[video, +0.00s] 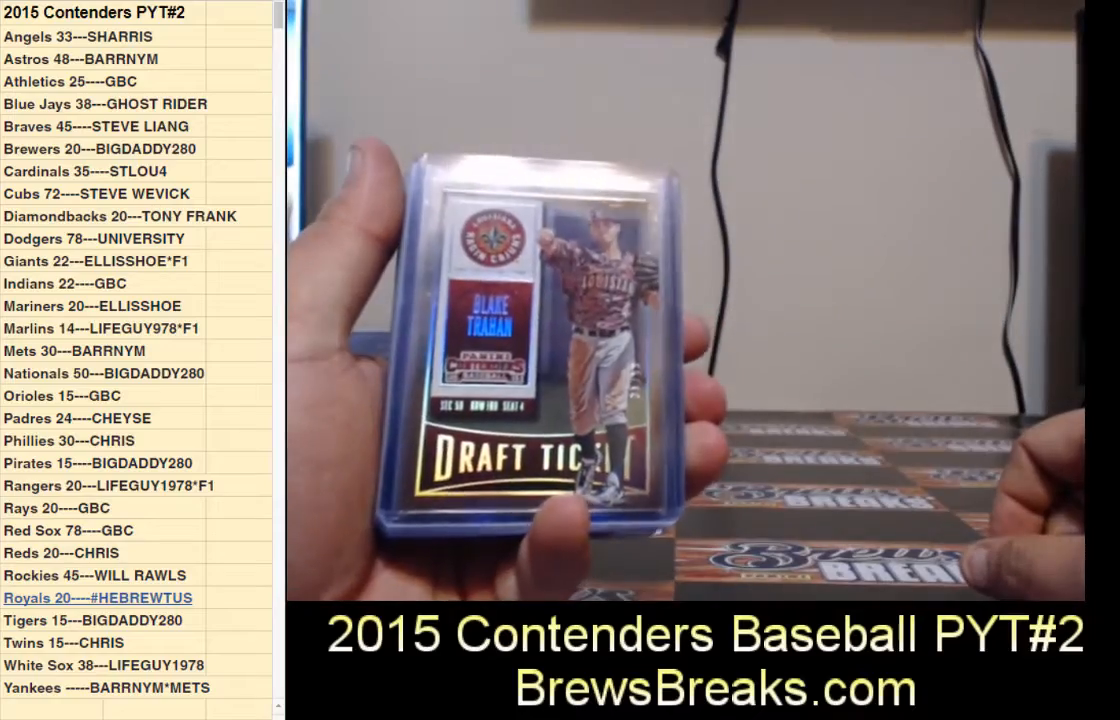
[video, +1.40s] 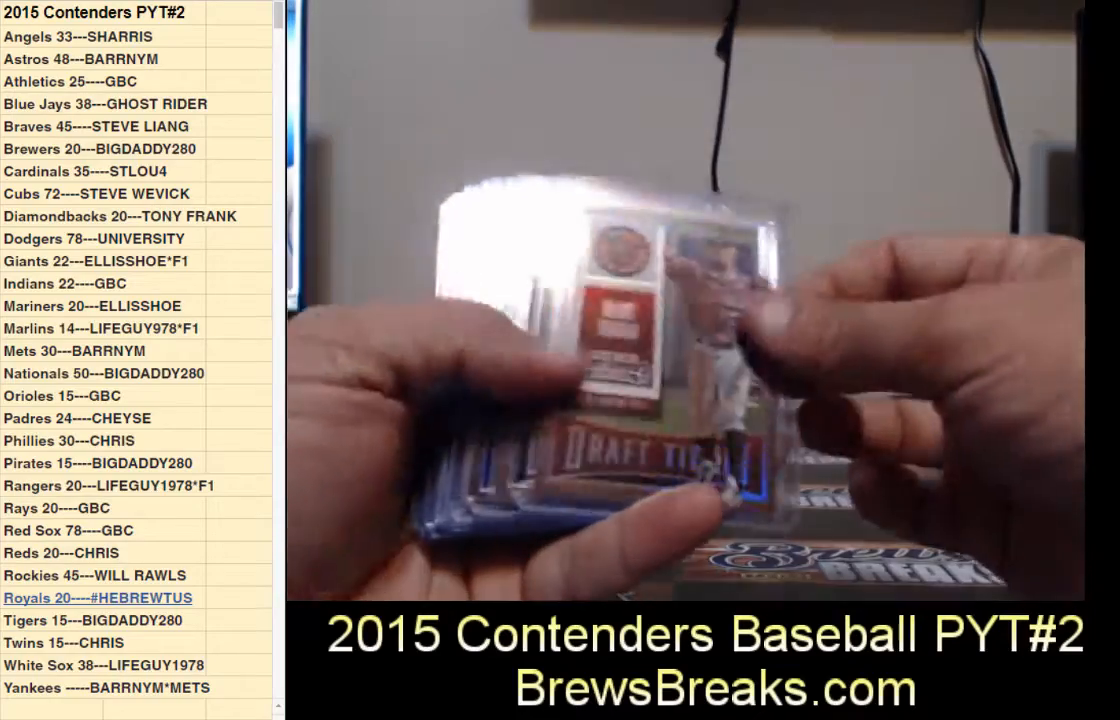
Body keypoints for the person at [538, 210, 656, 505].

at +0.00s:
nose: (601, 230)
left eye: (607, 224)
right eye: (596, 224)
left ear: (618, 228)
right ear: (590, 228)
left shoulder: (631, 263)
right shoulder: (577, 255)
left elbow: (654, 302)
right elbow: (555, 248)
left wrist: (653, 279)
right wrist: (548, 241)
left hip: (618, 340)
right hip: (583, 339)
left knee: (614, 409)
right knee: (581, 410)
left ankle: (616, 479)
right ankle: (589, 460)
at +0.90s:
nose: (639, 236)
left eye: (646, 231)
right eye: (636, 230)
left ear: (657, 237)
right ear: (630, 234)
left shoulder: (665, 267)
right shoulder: (616, 257)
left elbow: (677, 304)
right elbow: (589, 235)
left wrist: (683, 287)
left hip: (649, 331)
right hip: (618, 328)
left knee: (642, 393)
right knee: (613, 390)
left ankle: (640, 453)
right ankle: (613, 442)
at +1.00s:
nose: (649, 234)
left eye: (655, 230)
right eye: (646, 229)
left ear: (664, 235)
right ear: (640, 232)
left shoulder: (672, 265)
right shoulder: (628, 254)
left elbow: (683, 296)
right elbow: (604, 241)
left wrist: (690, 283)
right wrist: (604, 238)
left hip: (658, 323)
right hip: (627, 321)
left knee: (652, 386)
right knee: (623, 383)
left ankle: (648, 443)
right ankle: (623, 436)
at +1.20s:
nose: (672, 235)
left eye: (677, 229)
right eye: (667, 228)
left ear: (686, 233)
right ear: (659, 231)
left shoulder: (695, 263)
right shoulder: (648, 257)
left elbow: (711, 296)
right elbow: (622, 246)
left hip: (685, 328)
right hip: (654, 328)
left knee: (680, 393)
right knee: (650, 393)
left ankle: (681, 454)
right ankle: (653, 452)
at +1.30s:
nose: (702, 252)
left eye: (708, 247)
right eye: (698, 245)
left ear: (714, 249)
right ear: (691, 247)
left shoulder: (723, 275)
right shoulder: (675, 267)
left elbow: (735, 307)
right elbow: (645, 257)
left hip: (714, 340)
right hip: (682, 339)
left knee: (709, 403)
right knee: (679, 400)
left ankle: (710, 462)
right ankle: (682, 457)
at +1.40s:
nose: (723, 272)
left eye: (729, 266)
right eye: (716, 266)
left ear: (736, 262)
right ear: (706, 261)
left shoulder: (743, 284)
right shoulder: (695, 279)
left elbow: (772, 295)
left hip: (734, 352)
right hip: (704, 351)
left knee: (733, 417)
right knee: (704, 418)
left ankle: (734, 479)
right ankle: (709, 474)